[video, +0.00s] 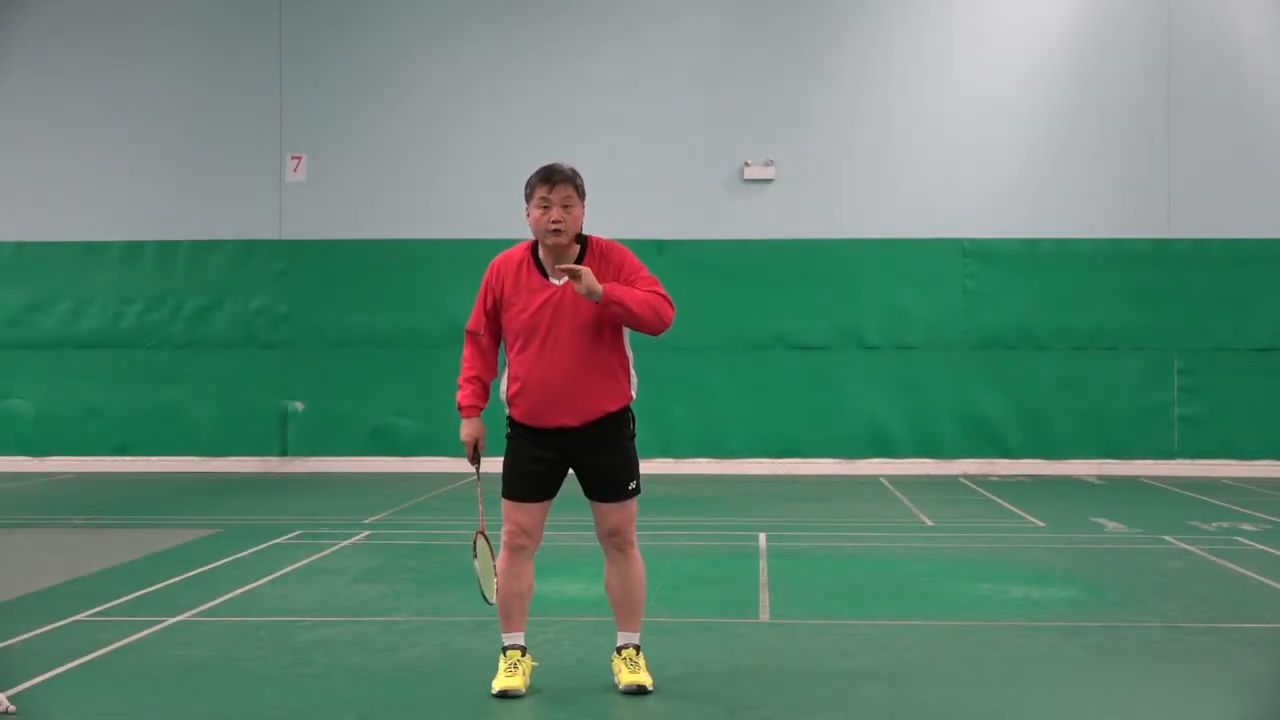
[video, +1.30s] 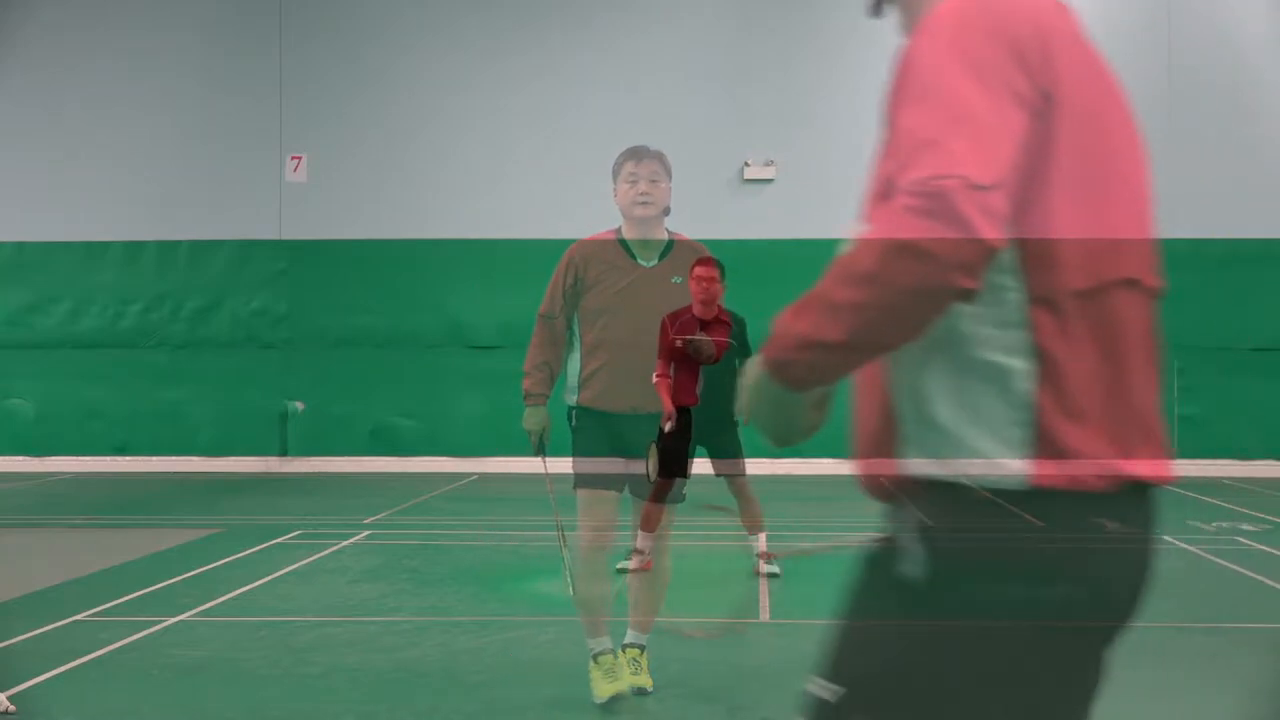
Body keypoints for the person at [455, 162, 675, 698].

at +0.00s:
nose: (555, 215)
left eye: (566, 205)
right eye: (544, 206)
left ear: (582, 211)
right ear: (528, 213)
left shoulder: (610, 258)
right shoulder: (505, 269)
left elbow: (660, 314)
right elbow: (480, 340)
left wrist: (602, 293)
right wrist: (471, 412)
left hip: (605, 425)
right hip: (532, 428)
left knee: (619, 536)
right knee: (518, 537)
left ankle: (630, 650)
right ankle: (513, 652)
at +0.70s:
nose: (590, 188)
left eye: (601, 180)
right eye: (579, 181)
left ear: (619, 195)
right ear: (564, 197)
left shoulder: (652, 258)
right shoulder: (539, 261)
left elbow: (686, 319)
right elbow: (507, 331)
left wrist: (663, 336)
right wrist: (488, 404)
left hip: (632, 420)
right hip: (558, 420)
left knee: (633, 538)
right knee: (528, 537)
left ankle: (631, 650)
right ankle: (514, 649)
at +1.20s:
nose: (639, 188)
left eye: (649, 180)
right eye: (628, 181)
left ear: (667, 194)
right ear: (611, 196)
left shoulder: (694, 261)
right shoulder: (582, 257)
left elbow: (714, 335)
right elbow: (549, 329)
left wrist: (706, 345)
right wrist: (535, 400)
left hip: (667, 419)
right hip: (596, 415)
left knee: (650, 543)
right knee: (583, 537)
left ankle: (634, 650)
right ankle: (579, 651)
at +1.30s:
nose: (643, 187)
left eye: (653, 179)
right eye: (632, 180)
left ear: (671, 191)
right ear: (615, 193)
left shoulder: (695, 259)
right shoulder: (584, 257)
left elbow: (719, 339)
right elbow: (549, 330)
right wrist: (536, 400)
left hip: (671, 419)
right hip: (600, 416)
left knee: (655, 538)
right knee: (595, 536)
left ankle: (636, 649)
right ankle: (600, 653)